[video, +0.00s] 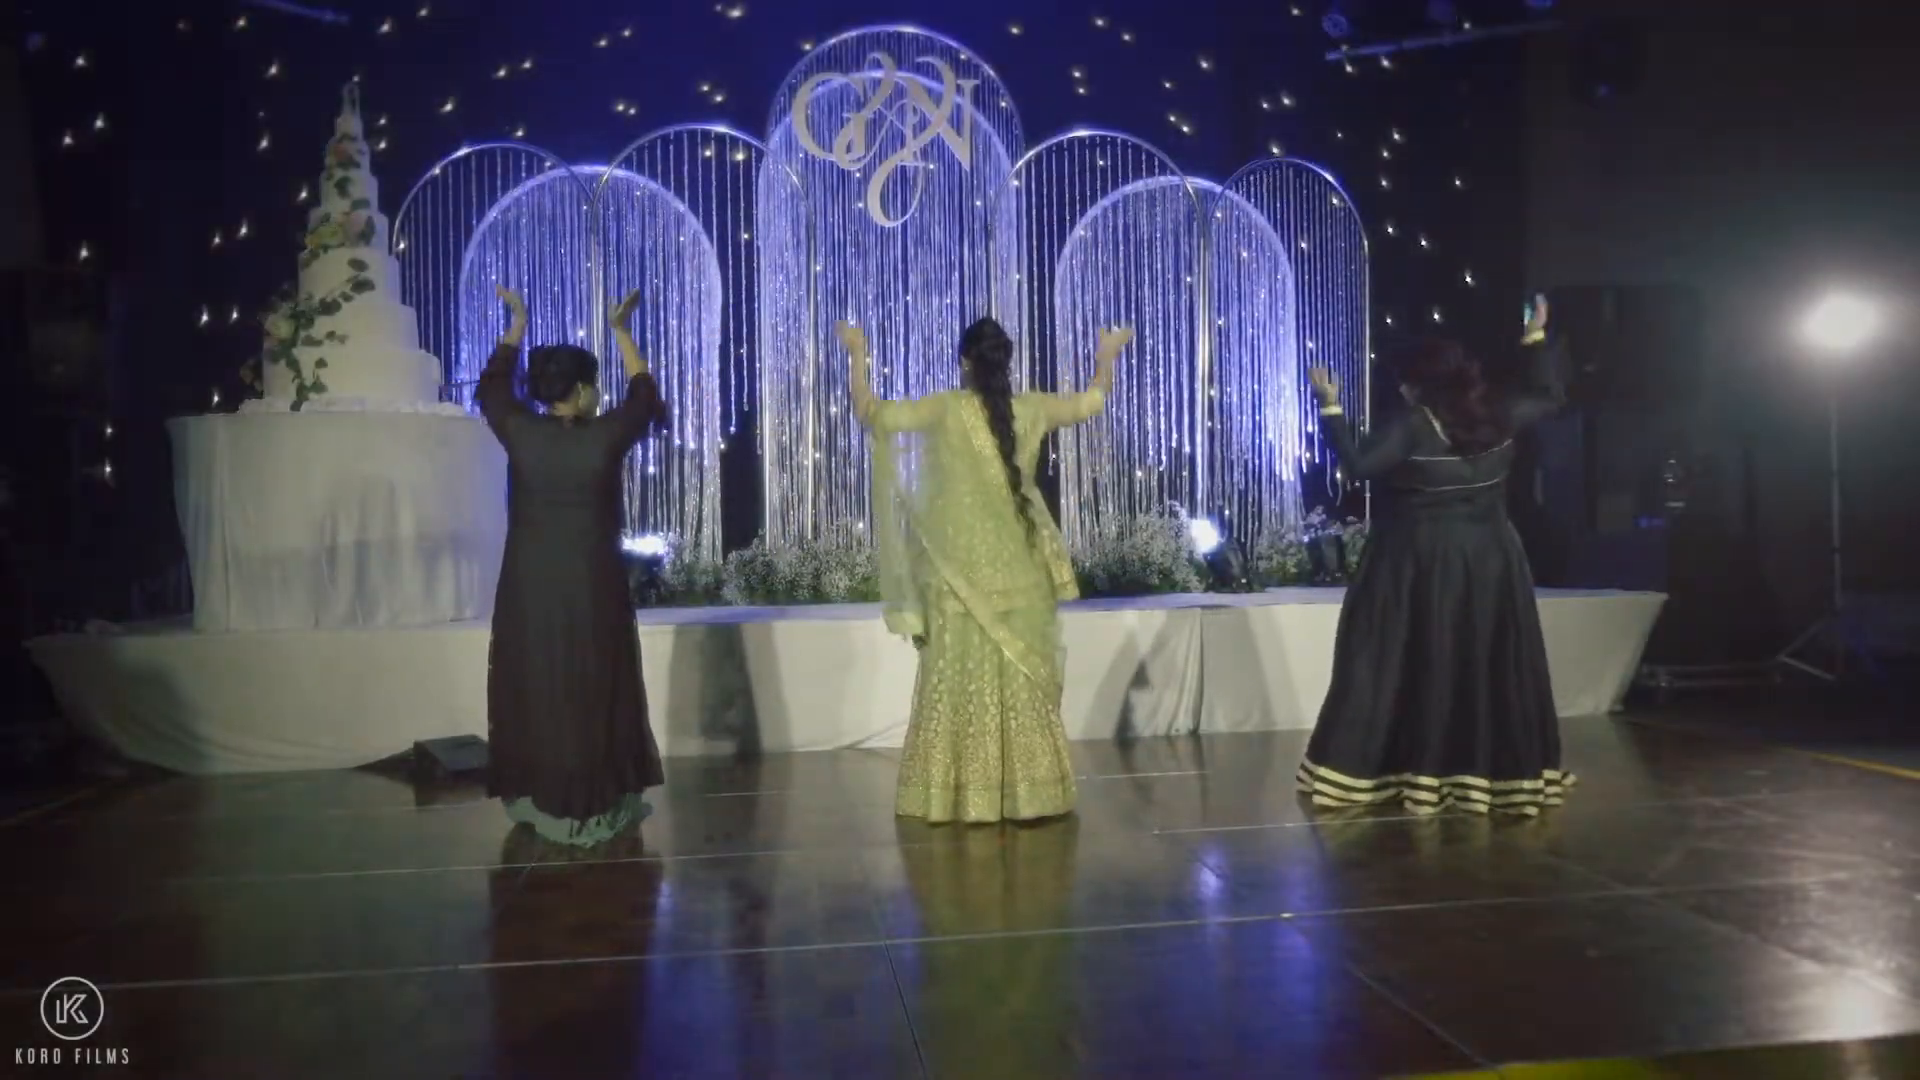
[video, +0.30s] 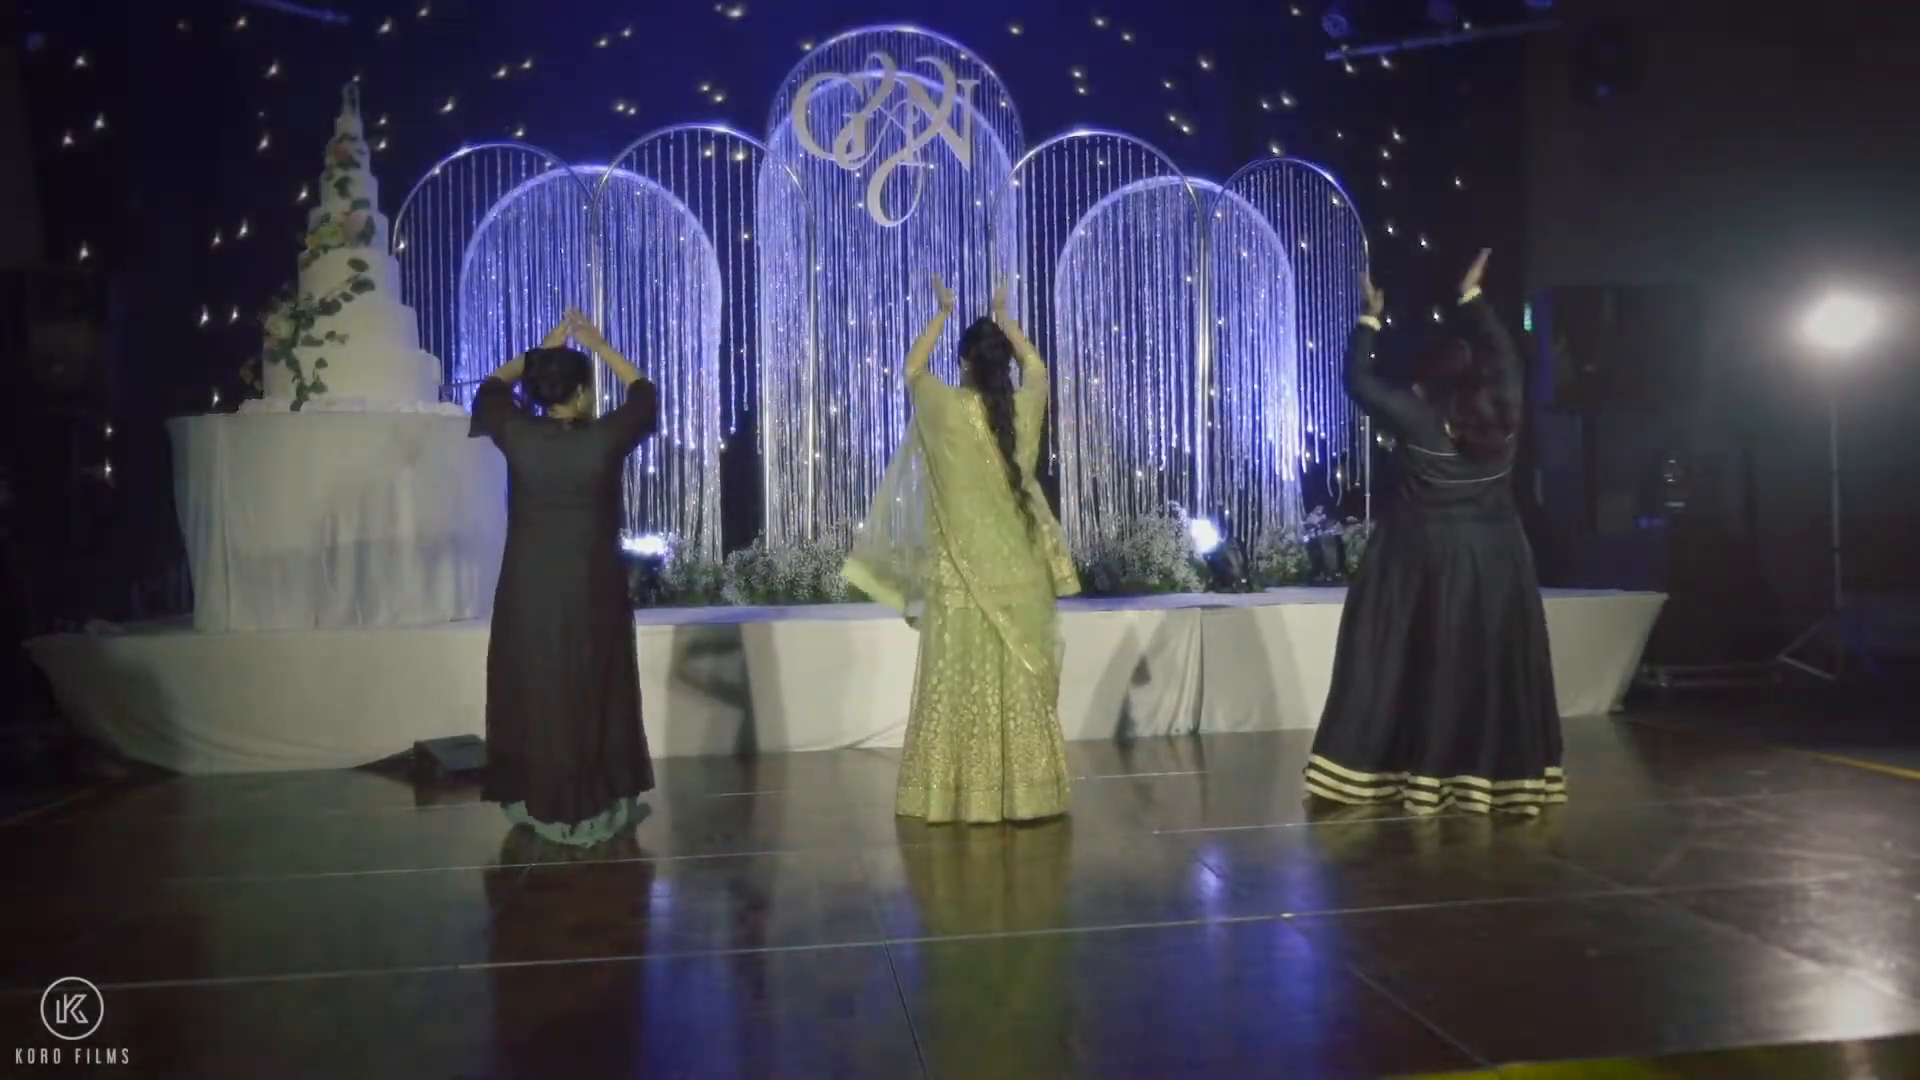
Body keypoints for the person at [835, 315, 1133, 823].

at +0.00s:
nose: (962, 364)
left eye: (962, 357)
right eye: (972, 356)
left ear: (964, 362)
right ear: (1007, 361)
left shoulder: (944, 408)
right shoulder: (1033, 408)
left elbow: (870, 413)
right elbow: (1093, 402)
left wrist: (857, 354)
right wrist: (1108, 355)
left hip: (960, 565)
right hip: (1022, 565)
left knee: (963, 684)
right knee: (1025, 681)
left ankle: (966, 796)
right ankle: (1028, 796)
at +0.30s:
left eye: (967, 353)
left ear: (964, 363)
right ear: (1006, 364)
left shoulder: (943, 409)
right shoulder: (1025, 409)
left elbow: (913, 368)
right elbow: (1035, 367)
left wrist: (941, 314)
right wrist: (1010, 326)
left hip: (963, 564)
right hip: (1022, 562)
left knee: (961, 684)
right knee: (1024, 682)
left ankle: (963, 795)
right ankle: (1027, 795)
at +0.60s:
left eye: (967, 356)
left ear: (962, 362)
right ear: (1005, 363)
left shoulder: (939, 408)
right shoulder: (1023, 408)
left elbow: (900, 372)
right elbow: (1046, 375)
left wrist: (949, 331)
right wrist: (1005, 338)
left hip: (961, 559)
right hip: (1019, 558)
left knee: (959, 682)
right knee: (1023, 678)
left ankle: (961, 793)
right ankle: (1027, 793)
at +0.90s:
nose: (963, 365)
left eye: (962, 358)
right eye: (975, 357)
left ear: (961, 363)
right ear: (1005, 363)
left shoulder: (939, 406)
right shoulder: (1027, 408)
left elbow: (874, 401)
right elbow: (1078, 398)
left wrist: (904, 361)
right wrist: (1047, 358)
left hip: (958, 563)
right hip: (1017, 562)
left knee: (958, 682)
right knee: (1022, 679)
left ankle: (961, 795)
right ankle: (1026, 794)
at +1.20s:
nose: (956, 367)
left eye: (957, 361)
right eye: (961, 360)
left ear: (961, 364)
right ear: (1001, 362)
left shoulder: (945, 410)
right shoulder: (1029, 411)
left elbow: (894, 458)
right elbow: (1088, 435)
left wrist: (871, 403)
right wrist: (1101, 390)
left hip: (960, 571)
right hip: (1019, 572)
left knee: (961, 687)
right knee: (1023, 685)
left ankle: (964, 796)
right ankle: (1025, 797)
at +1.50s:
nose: (954, 368)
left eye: (954, 361)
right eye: (959, 360)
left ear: (960, 363)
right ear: (998, 360)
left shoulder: (946, 409)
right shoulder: (1028, 412)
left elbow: (895, 456)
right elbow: (1088, 448)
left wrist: (837, 431)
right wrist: (1128, 442)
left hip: (966, 576)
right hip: (1027, 574)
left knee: (966, 691)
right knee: (1030, 686)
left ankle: (969, 797)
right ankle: (1032, 795)